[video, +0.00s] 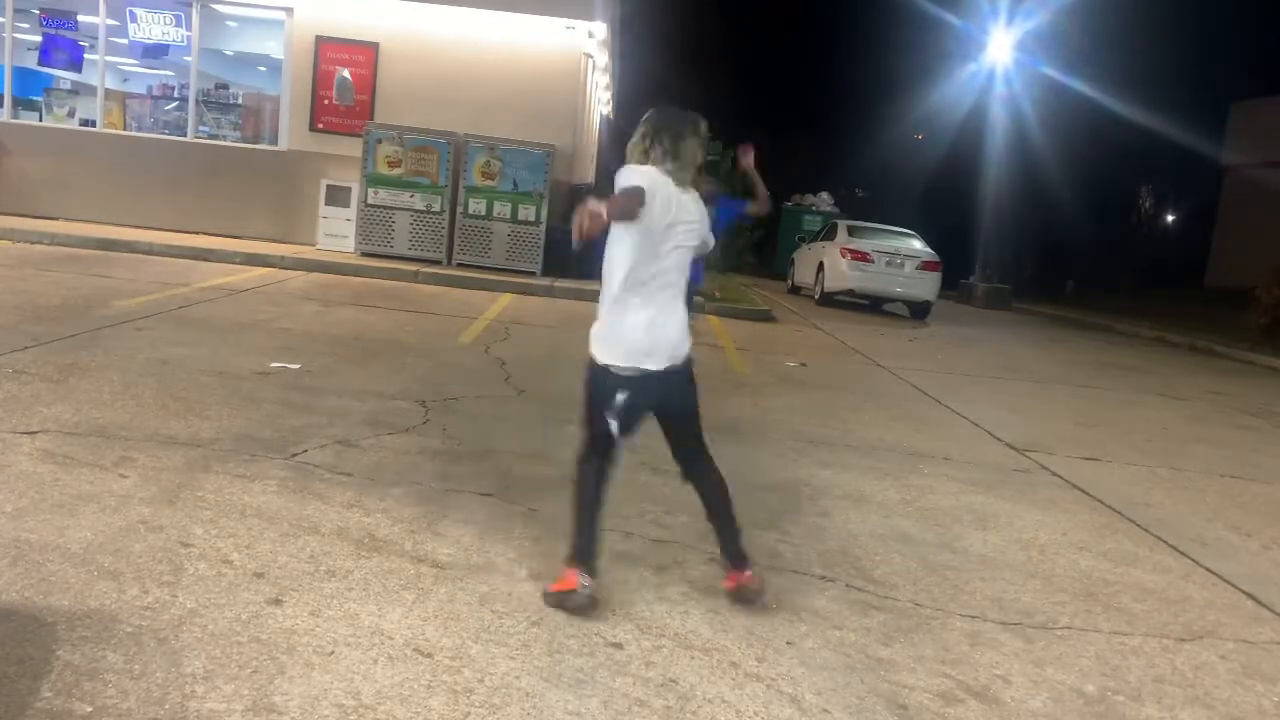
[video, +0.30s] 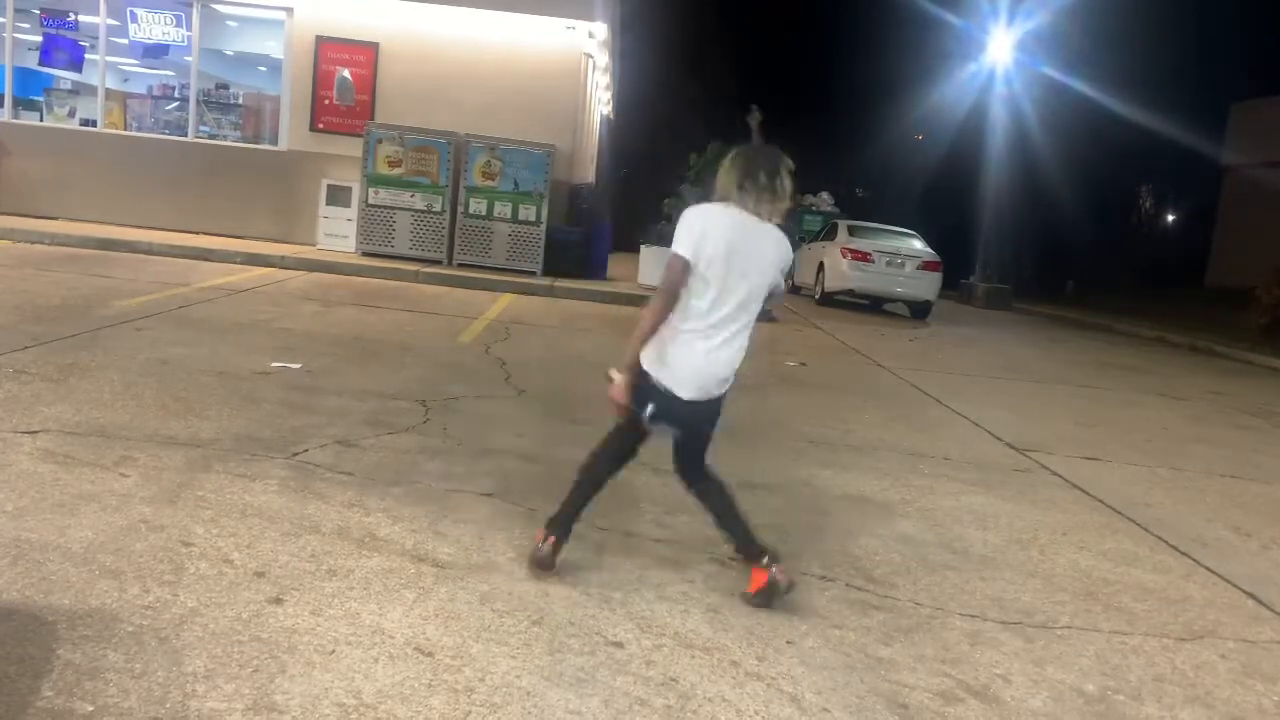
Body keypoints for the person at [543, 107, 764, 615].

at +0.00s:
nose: (628, 146)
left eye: (636, 138)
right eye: (698, 147)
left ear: (645, 141)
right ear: (692, 152)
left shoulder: (637, 175)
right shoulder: (696, 208)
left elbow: (632, 205)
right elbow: (704, 250)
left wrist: (600, 209)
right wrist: (752, 182)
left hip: (616, 357)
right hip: (672, 361)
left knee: (594, 457)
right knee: (695, 458)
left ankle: (580, 571)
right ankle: (738, 566)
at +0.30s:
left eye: (721, 174)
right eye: (786, 195)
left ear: (729, 179)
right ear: (780, 194)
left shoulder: (699, 218)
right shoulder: (779, 245)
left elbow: (666, 296)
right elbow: (765, 301)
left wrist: (626, 365)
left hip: (663, 368)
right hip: (712, 386)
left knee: (616, 449)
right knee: (693, 468)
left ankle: (553, 537)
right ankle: (758, 559)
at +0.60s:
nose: (701, 178)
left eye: (705, 171)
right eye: (704, 172)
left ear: (715, 173)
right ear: (763, 178)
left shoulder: (701, 223)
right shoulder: (774, 237)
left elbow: (683, 311)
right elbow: (791, 319)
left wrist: (651, 381)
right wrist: (782, 360)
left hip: (689, 369)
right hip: (738, 378)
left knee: (618, 425)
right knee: (712, 452)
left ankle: (567, 517)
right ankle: (769, 543)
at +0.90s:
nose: (731, 193)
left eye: (737, 187)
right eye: (736, 186)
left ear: (745, 192)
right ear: (790, 198)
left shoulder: (722, 239)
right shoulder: (803, 252)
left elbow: (694, 320)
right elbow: (828, 328)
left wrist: (661, 393)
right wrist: (817, 357)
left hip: (705, 373)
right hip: (759, 386)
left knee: (625, 378)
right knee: (735, 458)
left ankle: (581, 474)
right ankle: (785, 558)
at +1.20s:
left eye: (748, 180)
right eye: (814, 194)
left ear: (754, 182)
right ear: (805, 193)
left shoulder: (724, 223)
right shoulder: (808, 251)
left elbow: (671, 292)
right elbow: (853, 322)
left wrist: (606, 347)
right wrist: (891, 347)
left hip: (689, 373)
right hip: (753, 392)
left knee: (607, 420)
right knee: (773, 470)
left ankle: (586, 525)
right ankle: (801, 574)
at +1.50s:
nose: (786, 199)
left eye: (792, 194)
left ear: (797, 200)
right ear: (844, 220)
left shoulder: (759, 235)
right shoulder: (840, 273)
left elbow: (690, 291)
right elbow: (883, 351)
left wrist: (620, 338)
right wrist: (890, 360)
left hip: (700, 377)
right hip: (759, 407)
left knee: (618, 402)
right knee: (762, 482)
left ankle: (584, 509)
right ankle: (778, 590)